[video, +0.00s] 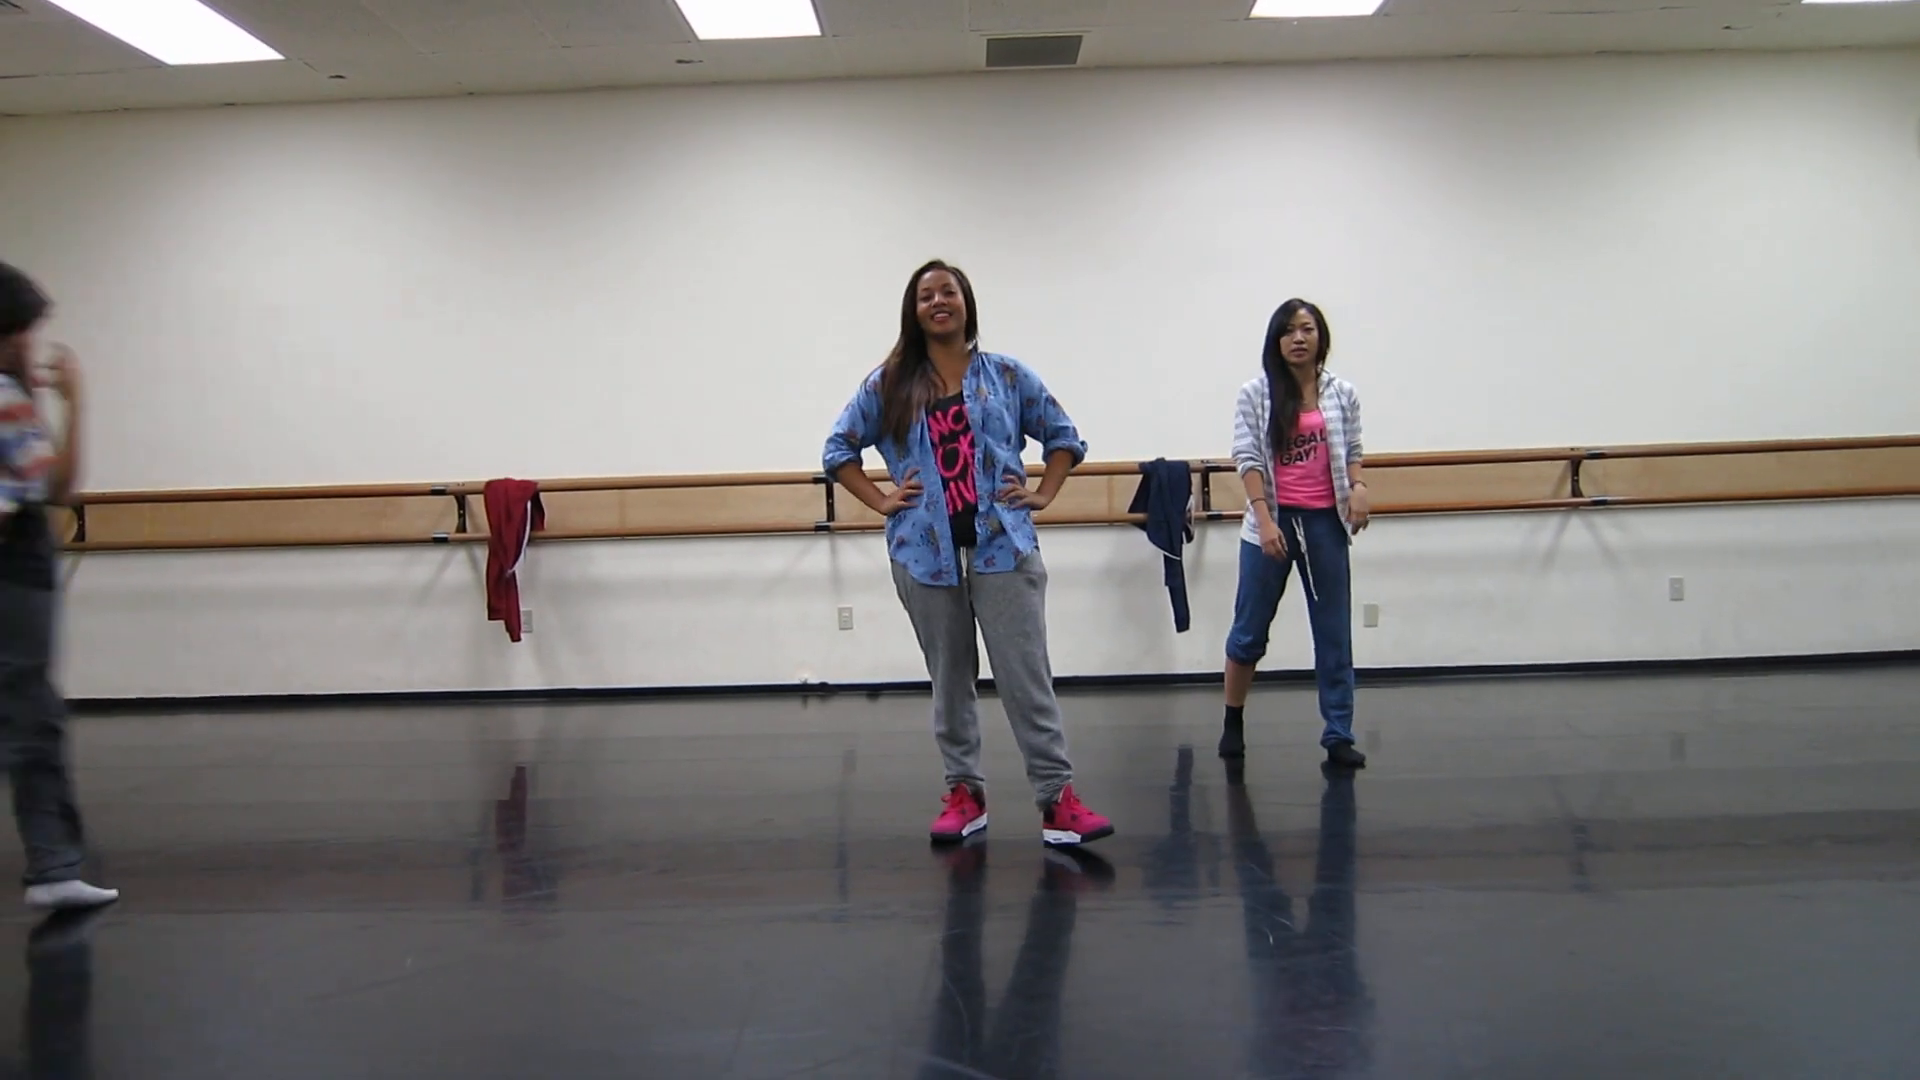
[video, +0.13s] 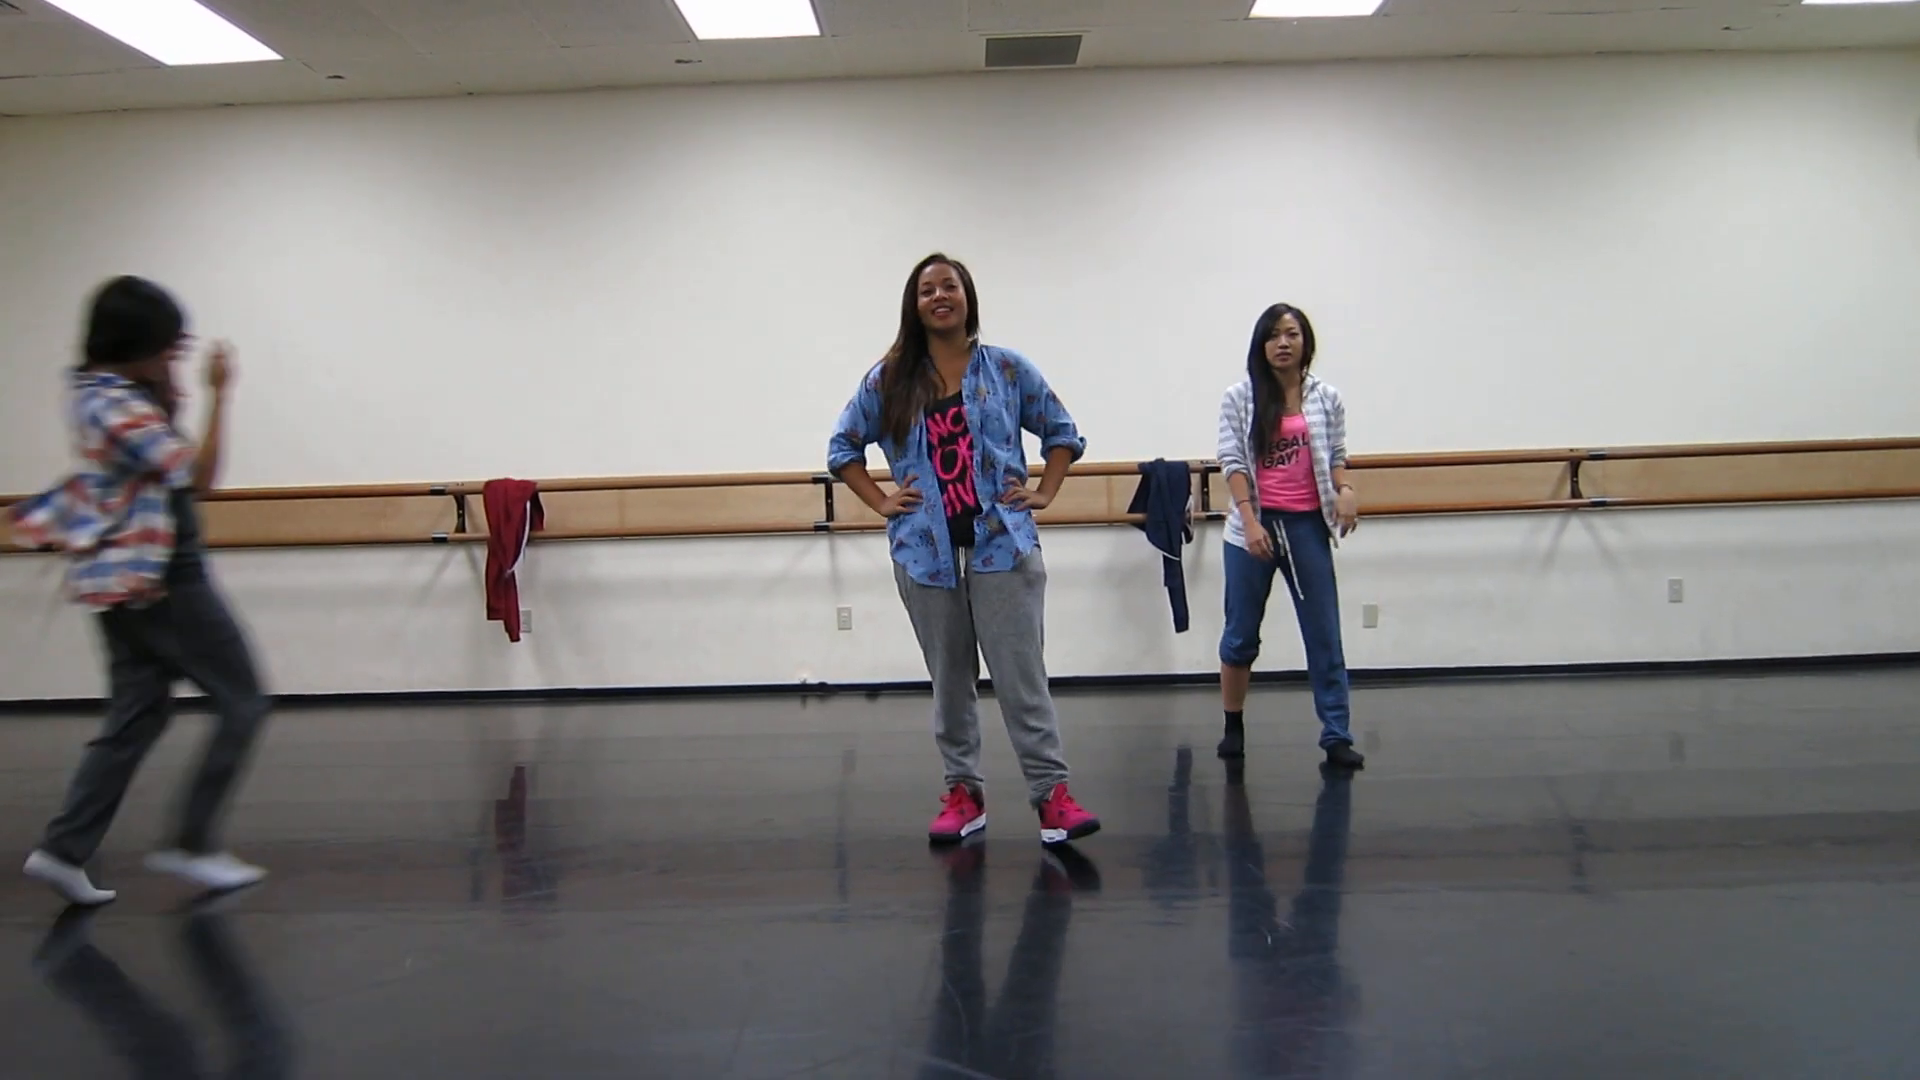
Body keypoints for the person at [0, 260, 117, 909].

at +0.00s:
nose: (32, 339)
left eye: (31, 327)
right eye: (24, 329)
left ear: (20, 333)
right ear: (5, 335)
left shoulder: (17, 393)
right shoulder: (9, 396)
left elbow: (56, 485)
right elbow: (56, 485)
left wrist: (57, 401)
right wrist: (71, 400)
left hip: (26, 562)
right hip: (18, 566)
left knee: (33, 713)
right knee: (29, 713)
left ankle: (54, 867)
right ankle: (51, 867)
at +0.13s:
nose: (175, 359)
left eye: (175, 349)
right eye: (167, 349)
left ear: (111, 344)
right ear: (134, 349)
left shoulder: (102, 395)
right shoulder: (117, 404)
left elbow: (156, 466)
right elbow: (198, 476)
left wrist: (168, 407)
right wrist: (218, 395)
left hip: (127, 587)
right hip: (167, 587)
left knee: (137, 715)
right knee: (245, 700)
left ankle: (64, 851)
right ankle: (192, 846)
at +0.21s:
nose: (262, 362)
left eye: (262, 352)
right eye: (256, 353)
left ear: (202, 350)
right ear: (227, 353)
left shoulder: (195, 398)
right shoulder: (209, 409)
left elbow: (257, 447)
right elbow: (303, 459)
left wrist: (258, 377)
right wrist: (305, 378)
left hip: (225, 580)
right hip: (262, 578)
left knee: (244, 703)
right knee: (330, 696)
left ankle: (128, 801)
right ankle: (304, 831)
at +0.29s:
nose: (336, 370)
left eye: (338, 361)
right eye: (331, 360)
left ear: (281, 357)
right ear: (306, 361)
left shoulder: (260, 405)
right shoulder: (299, 417)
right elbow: (400, 441)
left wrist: (336, 358)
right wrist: (378, 366)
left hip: (312, 581)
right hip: (344, 582)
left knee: (363, 690)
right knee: (375, 702)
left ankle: (284, 777)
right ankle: (309, 823)